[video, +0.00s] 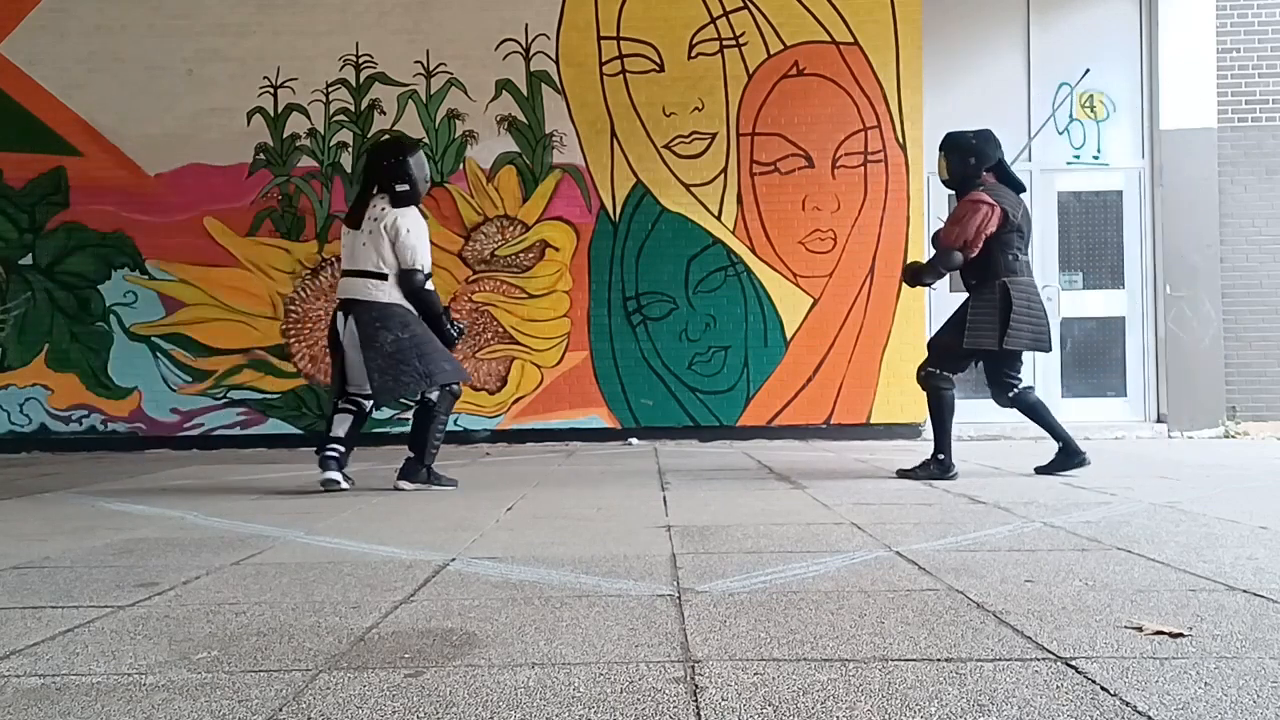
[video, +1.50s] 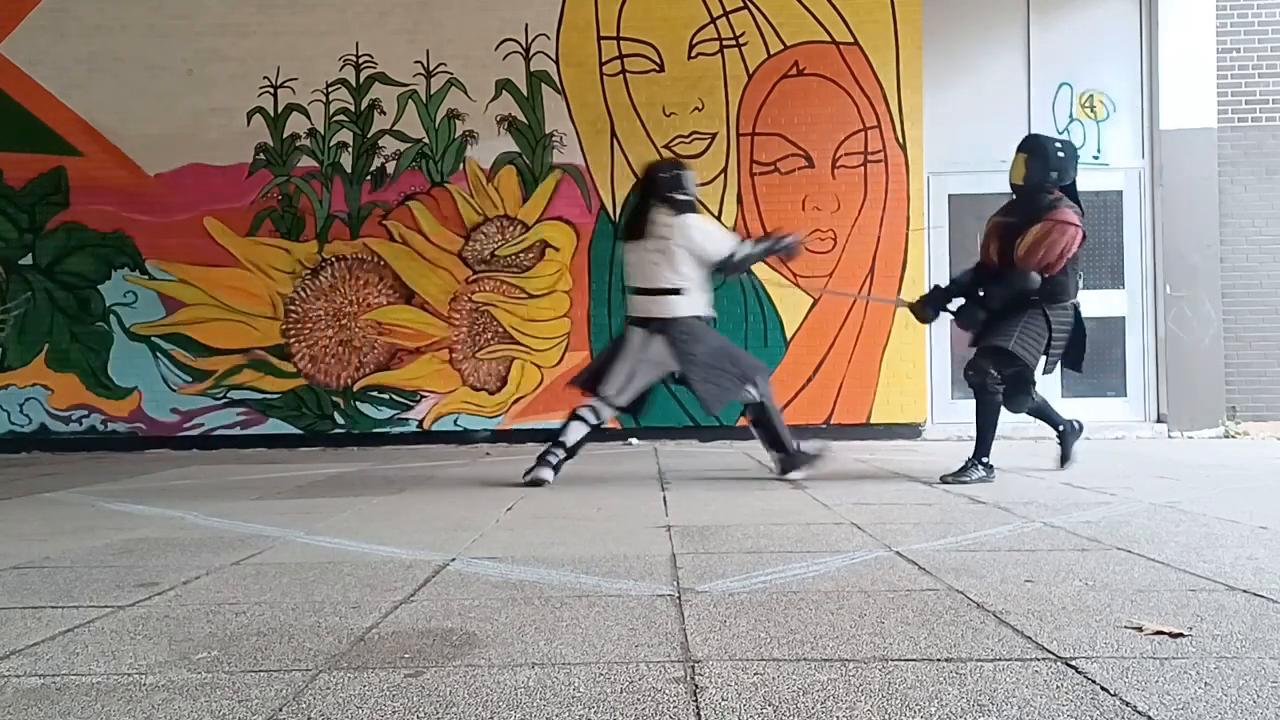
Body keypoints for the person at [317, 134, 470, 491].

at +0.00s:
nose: (425, 174)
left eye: (422, 165)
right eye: (419, 166)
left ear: (376, 173)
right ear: (406, 173)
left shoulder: (357, 212)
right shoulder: (406, 215)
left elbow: (354, 272)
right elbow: (414, 282)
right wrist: (443, 326)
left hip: (347, 314)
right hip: (387, 316)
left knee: (357, 392)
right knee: (445, 381)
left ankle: (332, 461)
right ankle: (419, 466)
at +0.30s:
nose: (434, 178)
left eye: (432, 170)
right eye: (429, 170)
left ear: (384, 175)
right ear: (415, 176)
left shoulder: (362, 214)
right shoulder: (416, 218)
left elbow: (360, 274)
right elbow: (426, 284)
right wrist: (452, 325)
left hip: (354, 316)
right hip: (396, 317)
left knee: (364, 395)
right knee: (459, 376)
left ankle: (335, 469)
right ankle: (488, 462)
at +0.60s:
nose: (477, 171)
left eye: (474, 163)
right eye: (472, 164)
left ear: (427, 171)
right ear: (458, 170)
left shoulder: (407, 210)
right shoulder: (465, 213)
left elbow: (406, 272)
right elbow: (476, 281)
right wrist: (496, 328)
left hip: (407, 310)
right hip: (449, 311)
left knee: (401, 392)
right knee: (510, 376)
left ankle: (355, 463)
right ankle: (499, 465)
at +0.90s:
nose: (519, 179)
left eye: (517, 170)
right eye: (514, 171)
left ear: (469, 175)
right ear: (499, 175)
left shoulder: (449, 212)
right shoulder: (499, 216)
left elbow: (460, 269)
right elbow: (515, 280)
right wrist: (556, 294)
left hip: (441, 310)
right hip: (483, 313)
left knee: (437, 393)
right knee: (555, 365)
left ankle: (409, 470)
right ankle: (563, 451)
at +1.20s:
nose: (600, 166)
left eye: (598, 160)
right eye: (595, 160)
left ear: (555, 165)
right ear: (585, 164)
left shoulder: (540, 204)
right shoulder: (592, 201)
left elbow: (559, 257)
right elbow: (626, 256)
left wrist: (613, 278)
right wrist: (661, 273)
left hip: (537, 294)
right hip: (578, 296)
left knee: (523, 378)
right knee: (628, 370)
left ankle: (489, 455)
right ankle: (633, 461)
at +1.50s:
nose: (693, 194)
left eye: (689, 188)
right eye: (689, 188)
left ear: (649, 193)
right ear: (679, 191)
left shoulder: (634, 229)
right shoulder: (688, 224)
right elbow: (732, 256)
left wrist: (751, 249)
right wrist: (774, 246)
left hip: (641, 332)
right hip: (685, 333)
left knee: (604, 402)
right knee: (753, 379)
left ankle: (548, 463)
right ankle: (789, 456)